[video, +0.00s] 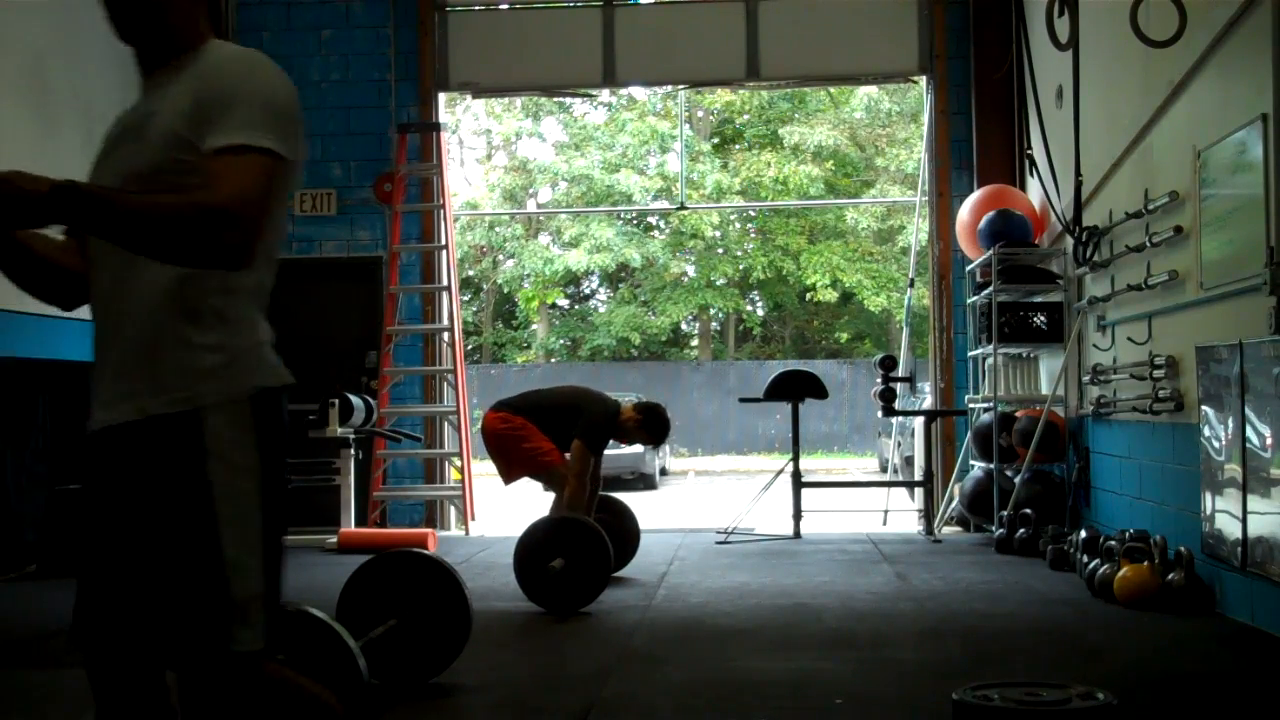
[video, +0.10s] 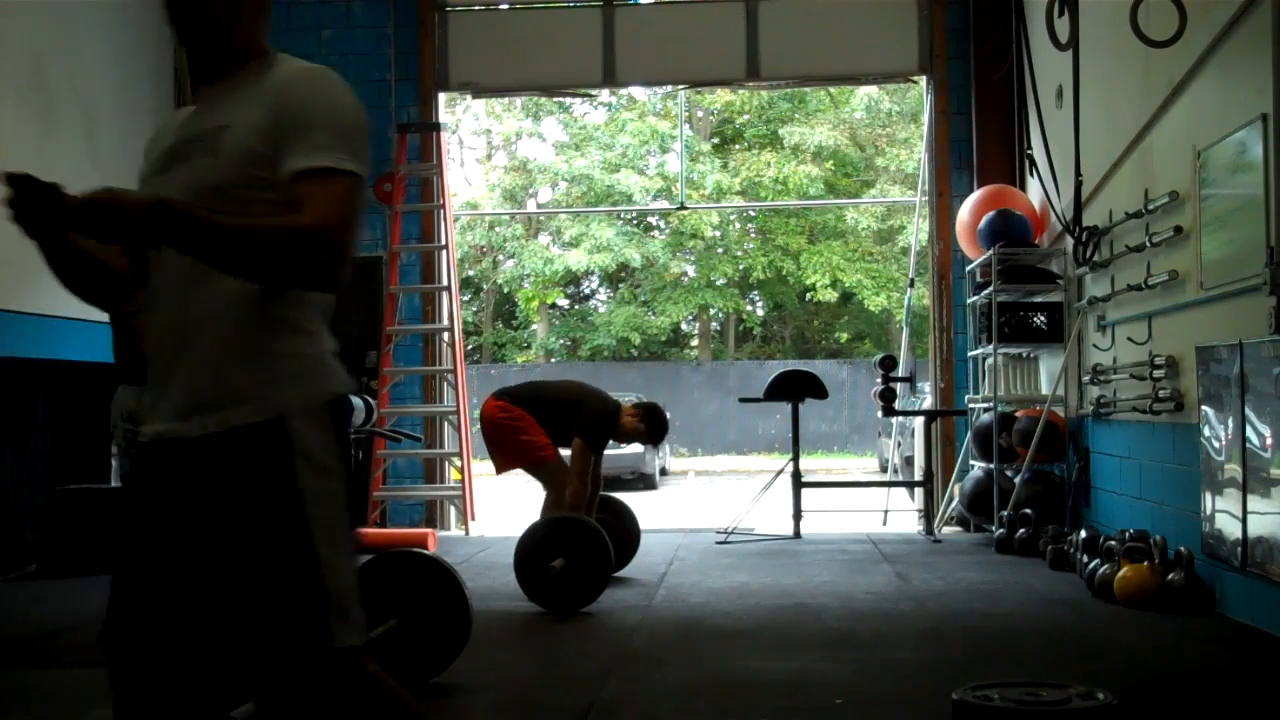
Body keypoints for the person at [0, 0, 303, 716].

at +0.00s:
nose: (116, 8)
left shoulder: (244, 77)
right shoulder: (129, 125)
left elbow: (233, 227)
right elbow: (75, 282)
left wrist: (61, 199)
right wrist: (1, 231)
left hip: (219, 405)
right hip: (131, 410)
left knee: (219, 638)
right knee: (122, 634)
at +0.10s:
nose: (192, 21)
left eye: (209, 5)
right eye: (186, 10)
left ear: (251, 4)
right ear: (175, 20)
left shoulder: (309, 92)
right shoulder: (172, 132)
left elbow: (321, 257)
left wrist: (151, 217)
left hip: (280, 427)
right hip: (176, 432)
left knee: (304, 657)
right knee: (166, 663)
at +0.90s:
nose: (524, 46)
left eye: (542, 27)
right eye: (512, 33)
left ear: (586, 37)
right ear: (503, 48)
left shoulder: (649, 129)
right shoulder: (503, 174)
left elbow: (687, 258)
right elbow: (454, 297)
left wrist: (555, 226)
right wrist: (439, 239)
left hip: (629, 408)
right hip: (545, 414)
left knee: (598, 620)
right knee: (579, 619)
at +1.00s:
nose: (546, 47)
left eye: (563, 29)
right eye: (534, 36)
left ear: (609, 35)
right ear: (526, 48)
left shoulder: (668, 117)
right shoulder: (528, 172)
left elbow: (713, 244)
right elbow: (489, 296)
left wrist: (582, 218)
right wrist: (465, 236)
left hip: (660, 399)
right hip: (576, 408)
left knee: (625, 613)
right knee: (602, 616)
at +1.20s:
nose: (600, 49)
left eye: (616, 31)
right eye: (588, 38)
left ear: (660, 36)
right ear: (581, 51)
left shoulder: (720, 118)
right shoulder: (583, 171)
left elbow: (764, 242)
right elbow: (541, 290)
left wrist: (635, 221)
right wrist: (525, 240)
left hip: (715, 396)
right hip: (628, 405)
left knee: (702, 613)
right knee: (651, 618)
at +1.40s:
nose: (674, 44)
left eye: (691, 27)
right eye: (662, 32)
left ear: (732, 37)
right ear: (652, 49)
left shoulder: (790, 129)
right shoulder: (644, 169)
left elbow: (826, 257)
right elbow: (595, 289)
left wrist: (705, 234)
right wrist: (586, 244)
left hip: (779, 409)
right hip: (677, 417)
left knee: (825, 612)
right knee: (669, 620)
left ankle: (903, 715)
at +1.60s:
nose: (759, 49)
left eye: (776, 32)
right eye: (745, 37)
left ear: (812, 46)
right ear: (732, 54)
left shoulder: (870, 138)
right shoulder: (719, 166)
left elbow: (907, 264)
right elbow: (663, 295)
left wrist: (789, 246)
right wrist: (667, 250)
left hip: (861, 419)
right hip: (753, 423)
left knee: (910, 616)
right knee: (715, 619)